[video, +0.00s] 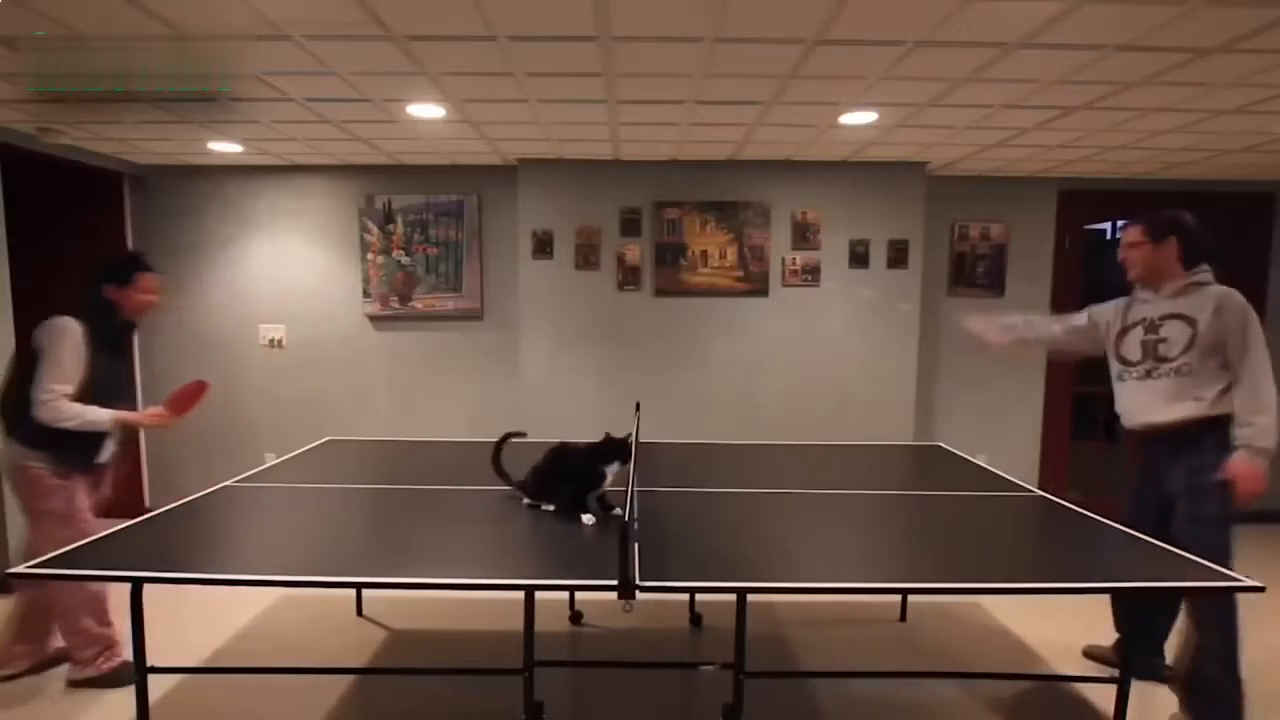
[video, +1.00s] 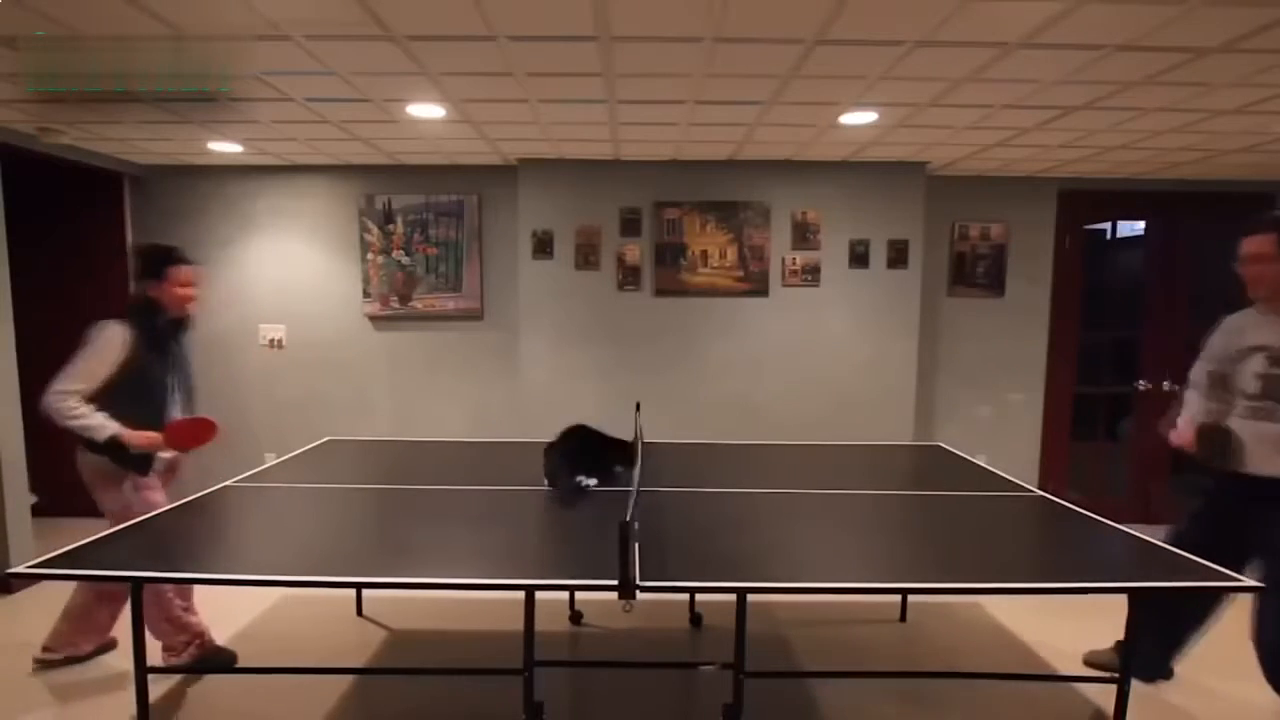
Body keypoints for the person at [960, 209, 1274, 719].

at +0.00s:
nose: (1124, 257)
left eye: (1133, 247)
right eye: (1123, 248)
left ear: (1169, 249)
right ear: (1129, 255)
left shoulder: (1222, 304)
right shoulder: (1120, 313)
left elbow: (1256, 377)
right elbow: (1059, 327)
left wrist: (1252, 448)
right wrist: (1000, 329)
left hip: (1203, 446)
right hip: (1146, 447)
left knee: (1205, 573)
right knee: (1140, 553)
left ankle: (1214, 703)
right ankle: (1139, 650)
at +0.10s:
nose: (1117, 259)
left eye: (1127, 249)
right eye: (1115, 250)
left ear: (1163, 252)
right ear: (1119, 258)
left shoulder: (1216, 304)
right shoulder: (1118, 318)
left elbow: (1255, 378)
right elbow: (1087, 368)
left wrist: (1263, 453)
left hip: (1205, 445)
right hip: (1147, 448)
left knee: (1204, 567)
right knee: (1135, 552)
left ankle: (1234, 701)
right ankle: (1139, 651)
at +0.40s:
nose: (1147, 262)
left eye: (1158, 252)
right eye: (1147, 253)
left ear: (1195, 257)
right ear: (1151, 261)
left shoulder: (1255, 315)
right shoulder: (1161, 325)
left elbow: (1279, 397)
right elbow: (1157, 394)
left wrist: (1272, 475)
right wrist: (1137, 424)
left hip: (1240, 475)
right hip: (1177, 472)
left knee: (1261, 595)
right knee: (1149, 560)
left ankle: (1275, 688)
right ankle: (1141, 651)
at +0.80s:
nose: (1213, 254)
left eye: (1227, 245)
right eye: (1212, 245)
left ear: (1266, 253)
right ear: (1213, 252)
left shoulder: (1275, 319)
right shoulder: (1198, 318)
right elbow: (1171, 378)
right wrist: (1153, 401)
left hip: (1261, 479)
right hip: (1195, 470)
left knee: (1262, 597)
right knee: (1162, 561)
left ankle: (1278, 690)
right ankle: (1141, 650)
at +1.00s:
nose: (1253, 270)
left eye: (1263, 259)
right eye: (1247, 260)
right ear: (1239, 267)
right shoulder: (1234, 329)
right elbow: (1202, 385)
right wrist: (1190, 421)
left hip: (1276, 487)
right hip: (1235, 481)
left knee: (1275, 612)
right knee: (1182, 565)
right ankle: (1143, 653)